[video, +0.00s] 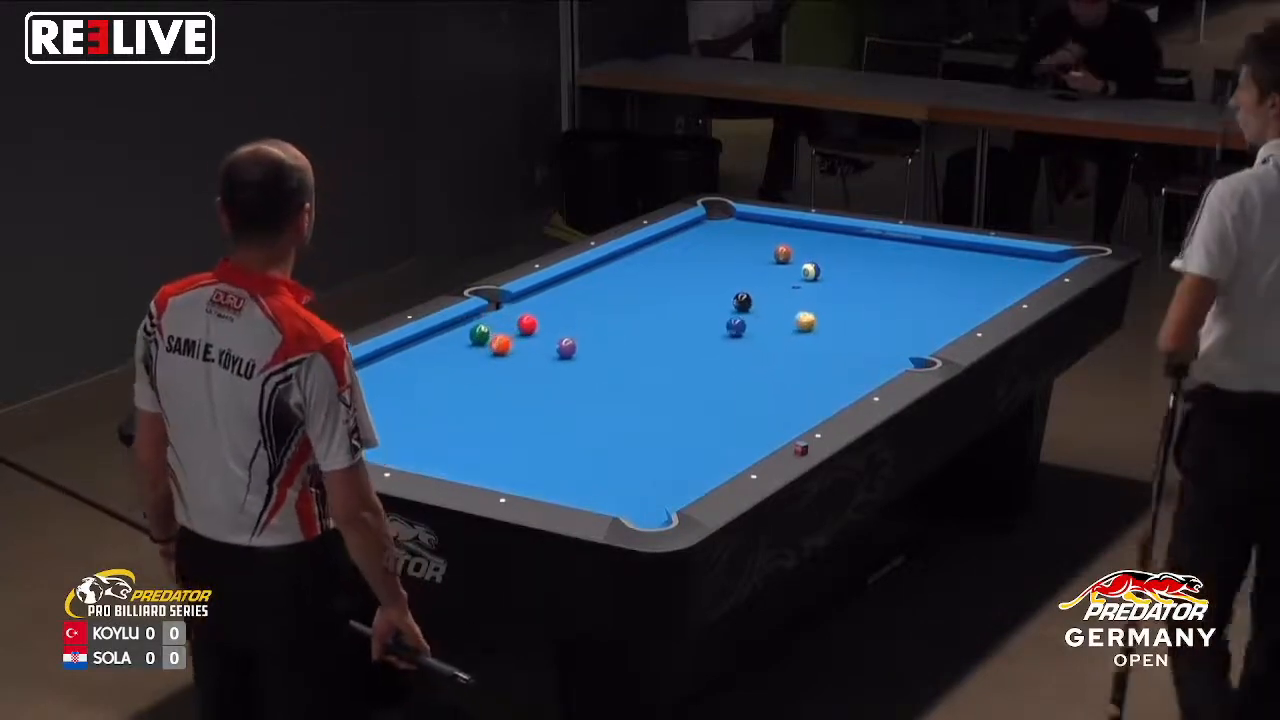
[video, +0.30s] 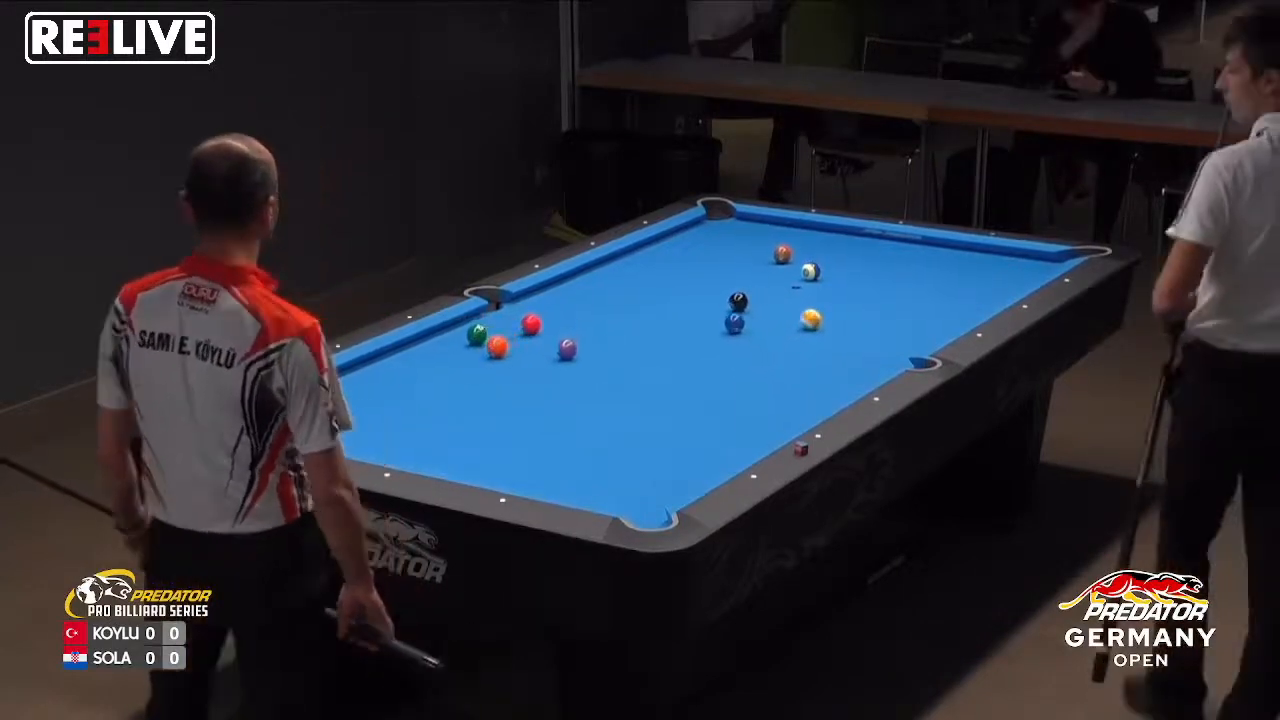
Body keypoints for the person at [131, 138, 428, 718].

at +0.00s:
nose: (315, 219)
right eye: (314, 208)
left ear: (222, 214)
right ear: (305, 220)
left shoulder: (165, 310)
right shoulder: (312, 344)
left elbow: (148, 459)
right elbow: (353, 508)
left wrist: (167, 539)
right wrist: (394, 604)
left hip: (203, 563)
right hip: (292, 573)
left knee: (221, 704)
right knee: (305, 703)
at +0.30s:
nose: (279, 211)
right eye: (278, 200)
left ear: (186, 207)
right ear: (270, 212)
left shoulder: (131, 306)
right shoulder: (288, 332)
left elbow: (113, 449)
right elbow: (331, 489)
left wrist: (132, 523)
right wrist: (359, 583)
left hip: (174, 550)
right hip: (270, 556)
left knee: (174, 701)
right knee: (283, 698)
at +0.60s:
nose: (204, 189)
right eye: (204, 177)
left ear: (117, 179)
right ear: (198, 187)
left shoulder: (61, 284)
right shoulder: (233, 301)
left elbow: (33, 429)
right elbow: (274, 447)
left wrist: (63, 465)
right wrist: (290, 533)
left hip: (106, 525)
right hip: (207, 527)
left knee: (131, 695)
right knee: (243, 684)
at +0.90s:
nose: (157, 177)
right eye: (157, 166)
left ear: (74, 168)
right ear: (151, 174)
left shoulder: (21, 271)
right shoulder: (195, 276)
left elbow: (8, 409)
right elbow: (227, 419)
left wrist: (48, 409)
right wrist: (221, 497)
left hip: (72, 514)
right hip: (173, 508)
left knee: (108, 683)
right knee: (193, 674)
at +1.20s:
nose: (132, 174)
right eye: (132, 164)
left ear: (50, 165)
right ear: (123, 170)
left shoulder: (11, 256)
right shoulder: (165, 268)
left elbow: (8, 390)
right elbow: (191, 409)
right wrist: (174, 486)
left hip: (40, 494)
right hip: (138, 489)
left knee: (71, 651)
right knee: (120, 653)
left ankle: (96, 713)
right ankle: (112, 713)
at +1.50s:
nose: (122, 158)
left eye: (122, 148)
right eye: (123, 148)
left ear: (45, 142)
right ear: (111, 150)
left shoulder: (3, 219)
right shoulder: (141, 245)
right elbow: (161, 386)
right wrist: (149, 462)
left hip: (14, 456)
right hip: (106, 454)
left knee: (15, 627)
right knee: (108, 618)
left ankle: (42, 710)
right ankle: (103, 708)